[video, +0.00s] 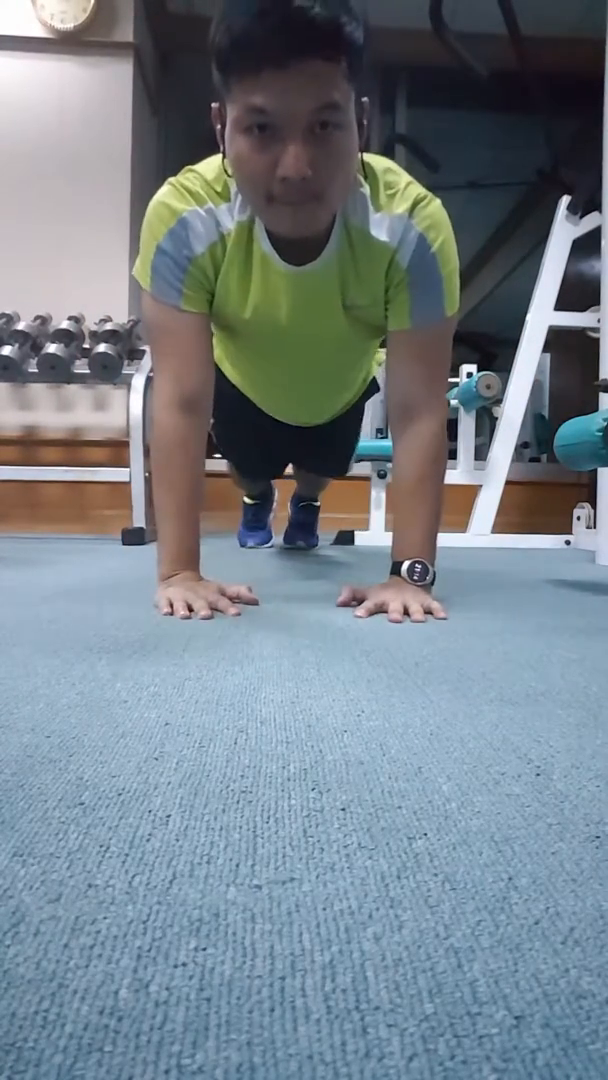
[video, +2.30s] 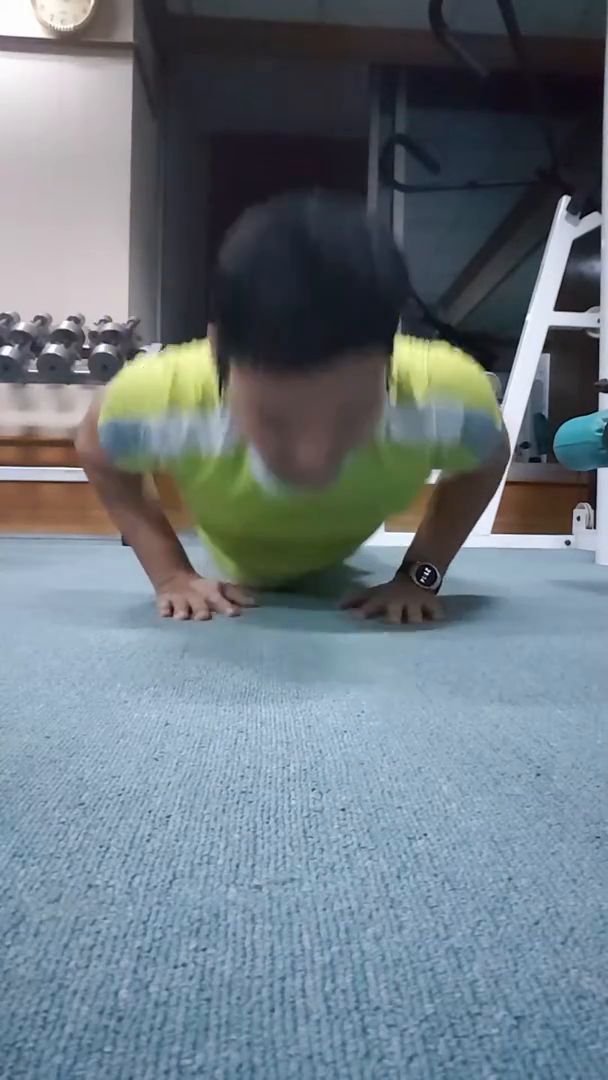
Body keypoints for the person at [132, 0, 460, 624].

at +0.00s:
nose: (296, 164)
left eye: (324, 126)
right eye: (262, 129)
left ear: (361, 123)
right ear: (221, 128)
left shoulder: (412, 226)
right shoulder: (184, 216)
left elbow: (420, 413)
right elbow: (179, 403)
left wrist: (412, 574)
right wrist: (179, 572)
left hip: (339, 390)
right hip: (242, 383)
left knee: (317, 467)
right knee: (249, 464)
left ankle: (304, 506)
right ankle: (257, 501)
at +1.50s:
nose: (306, 248)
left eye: (337, 212)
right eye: (271, 215)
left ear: (376, 171)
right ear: (222, 169)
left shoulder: (428, 275)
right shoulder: (175, 260)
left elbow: (451, 436)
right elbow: (125, 427)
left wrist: (415, 574)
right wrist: (173, 574)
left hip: (339, 463)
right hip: (240, 458)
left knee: (314, 499)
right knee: (256, 498)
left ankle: (301, 519)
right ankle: (260, 518)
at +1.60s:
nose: (303, 308)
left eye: (336, 274)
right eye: (268, 274)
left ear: (380, 219)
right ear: (219, 216)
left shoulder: (435, 315)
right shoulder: (167, 296)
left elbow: (459, 448)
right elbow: (114, 439)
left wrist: (416, 575)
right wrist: (172, 574)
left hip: (336, 487)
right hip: (235, 484)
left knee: (317, 515)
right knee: (250, 516)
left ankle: (304, 531)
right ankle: (259, 528)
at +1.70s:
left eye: (342, 337)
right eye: (270, 337)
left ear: (383, 284)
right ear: (217, 272)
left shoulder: (442, 356)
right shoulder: (162, 333)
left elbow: (469, 451)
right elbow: (107, 446)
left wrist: (416, 576)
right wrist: (173, 576)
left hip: (337, 506)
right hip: (225, 499)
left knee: (324, 528)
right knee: (250, 532)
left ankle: (325, 534)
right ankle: (264, 545)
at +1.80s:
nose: (304, 443)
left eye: (341, 410)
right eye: (268, 407)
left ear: (383, 361)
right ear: (220, 344)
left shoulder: (447, 396)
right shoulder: (154, 377)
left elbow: (476, 456)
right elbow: (99, 450)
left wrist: (418, 574)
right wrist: (172, 575)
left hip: (343, 527)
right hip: (226, 531)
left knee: (321, 546)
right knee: (240, 549)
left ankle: (303, 558)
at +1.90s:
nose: (305, 512)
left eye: (343, 480)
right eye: (269, 480)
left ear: (385, 431)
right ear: (222, 423)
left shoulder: (450, 436)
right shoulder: (151, 421)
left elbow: (486, 461)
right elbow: (90, 447)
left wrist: (420, 574)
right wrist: (171, 576)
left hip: (353, 560)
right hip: (226, 557)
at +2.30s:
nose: (313, 456)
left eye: (347, 419)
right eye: (277, 421)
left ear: (385, 369)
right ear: (219, 357)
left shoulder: (448, 397)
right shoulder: (160, 397)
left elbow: (485, 454)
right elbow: (97, 446)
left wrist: (419, 575)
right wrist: (172, 575)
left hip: (340, 551)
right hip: (227, 552)